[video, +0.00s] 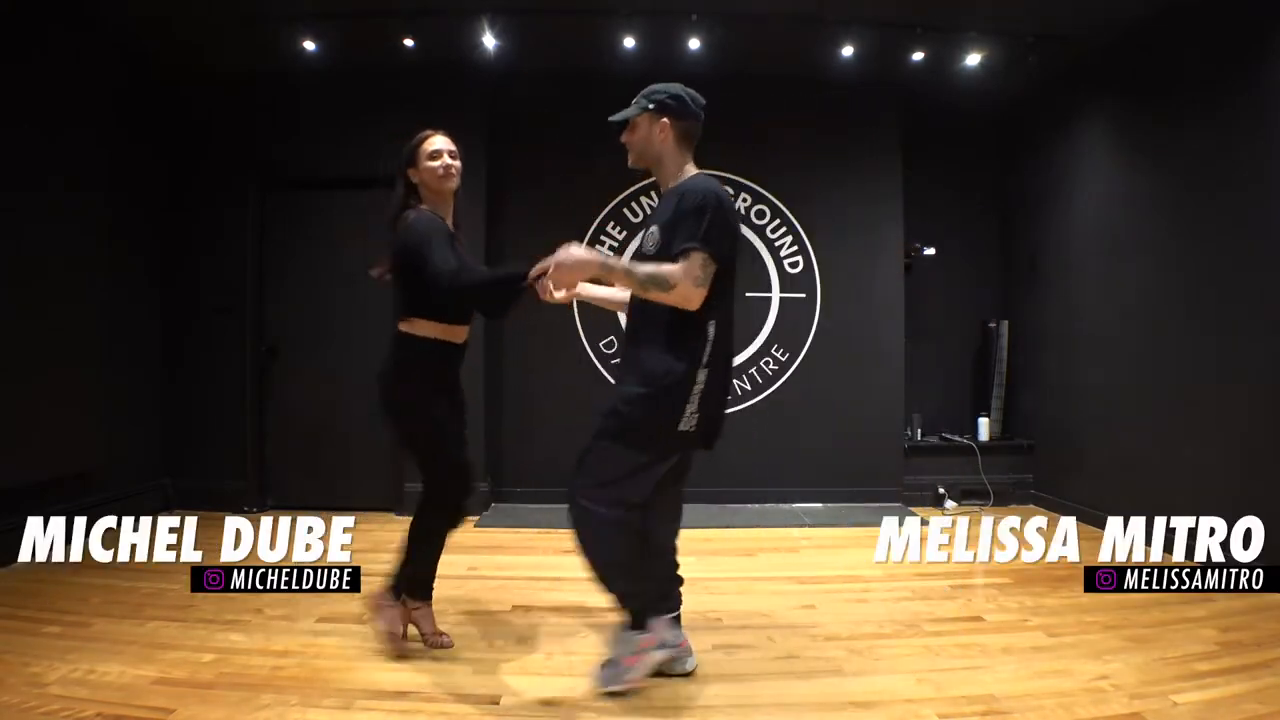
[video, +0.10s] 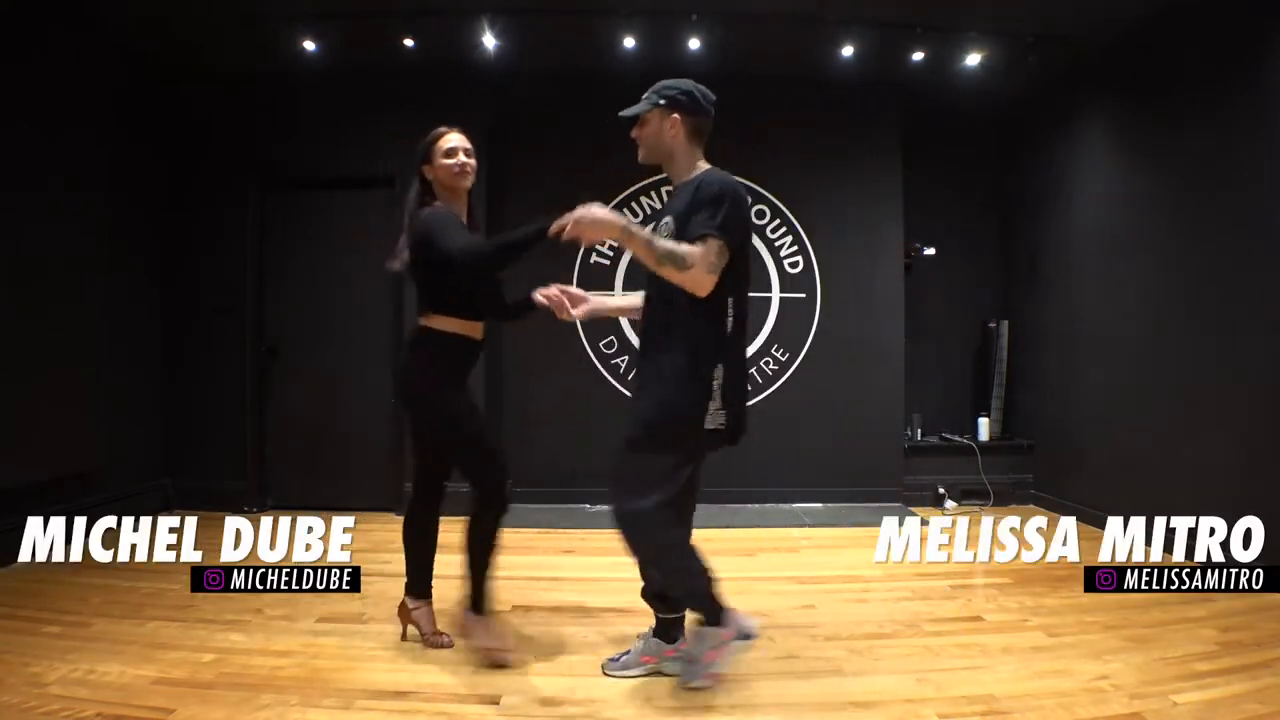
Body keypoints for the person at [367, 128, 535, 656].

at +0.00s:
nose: (448, 162)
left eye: (453, 155)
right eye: (435, 156)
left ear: (460, 169)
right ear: (413, 174)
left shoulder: (447, 233)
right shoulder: (418, 226)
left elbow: (491, 306)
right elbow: (454, 284)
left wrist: (531, 286)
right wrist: (530, 272)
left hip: (441, 368)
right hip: (414, 367)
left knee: (451, 486)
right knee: (446, 484)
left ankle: (418, 598)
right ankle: (394, 595)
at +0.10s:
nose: (463, 161)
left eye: (468, 154)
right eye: (450, 154)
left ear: (476, 167)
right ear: (428, 171)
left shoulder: (469, 230)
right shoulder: (432, 221)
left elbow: (489, 310)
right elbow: (473, 256)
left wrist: (536, 299)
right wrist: (550, 228)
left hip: (451, 365)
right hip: (431, 364)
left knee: (428, 486)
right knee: (492, 476)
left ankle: (416, 599)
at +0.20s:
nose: (476, 161)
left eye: (482, 154)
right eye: (464, 154)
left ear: (491, 167)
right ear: (441, 170)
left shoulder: (489, 232)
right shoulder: (445, 222)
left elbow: (510, 310)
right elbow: (498, 238)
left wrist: (558, 318)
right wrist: (568, 195)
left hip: (472, 367)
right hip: (451, 367)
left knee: (431, 488)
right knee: (515, 486)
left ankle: (416, 600)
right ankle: (532, 617)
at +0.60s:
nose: (545, 160)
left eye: (548, 153)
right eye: (531, 154)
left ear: (554, 167)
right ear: (506, 173)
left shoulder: (542, 232)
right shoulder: (524, 236)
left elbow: (584, 280)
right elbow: (584, 318)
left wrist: (632, 255)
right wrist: (658, 364)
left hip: (534, 380)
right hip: (516, 382)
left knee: (604, 488)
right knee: (527, 501)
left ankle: (607, 612)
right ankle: (530, 623)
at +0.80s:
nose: (585, 167)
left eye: (583, 159)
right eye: (574, 160)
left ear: (565, 174)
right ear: (542, 172)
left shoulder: (575, 237)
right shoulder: (545, 237)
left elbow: (618, 291)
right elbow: (585, 299)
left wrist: (672, 274)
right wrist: (675, 308)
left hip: (570, 384)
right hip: (541, 387)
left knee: (616, 498)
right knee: (582, 502)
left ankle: (621, 623)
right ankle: (536, 619)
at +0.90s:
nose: (591, 171)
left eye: (588, 161)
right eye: (580, 162)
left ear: (563, 175)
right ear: (549, 175)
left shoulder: (575, 238)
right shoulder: (549, 239)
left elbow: (614, 308)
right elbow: (603, 297)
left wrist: (681, 289)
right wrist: (677, 284)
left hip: (579, 383)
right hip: (551, 386)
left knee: (616, 498)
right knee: (608, 498)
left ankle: (618, 623)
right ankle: (545, 615)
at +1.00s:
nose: (591, 174)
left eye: (587, 166)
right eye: (580, 166)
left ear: (561, 177)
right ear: (549, 176)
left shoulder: (569, 241)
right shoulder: (546, 237)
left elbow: (602, 333)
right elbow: (614, 280)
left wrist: (668, 356)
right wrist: (690, 243)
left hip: (581, 386)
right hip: (553, 389)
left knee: (622, 504)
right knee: (619, 503)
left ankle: (619, 623)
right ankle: (546, 608)